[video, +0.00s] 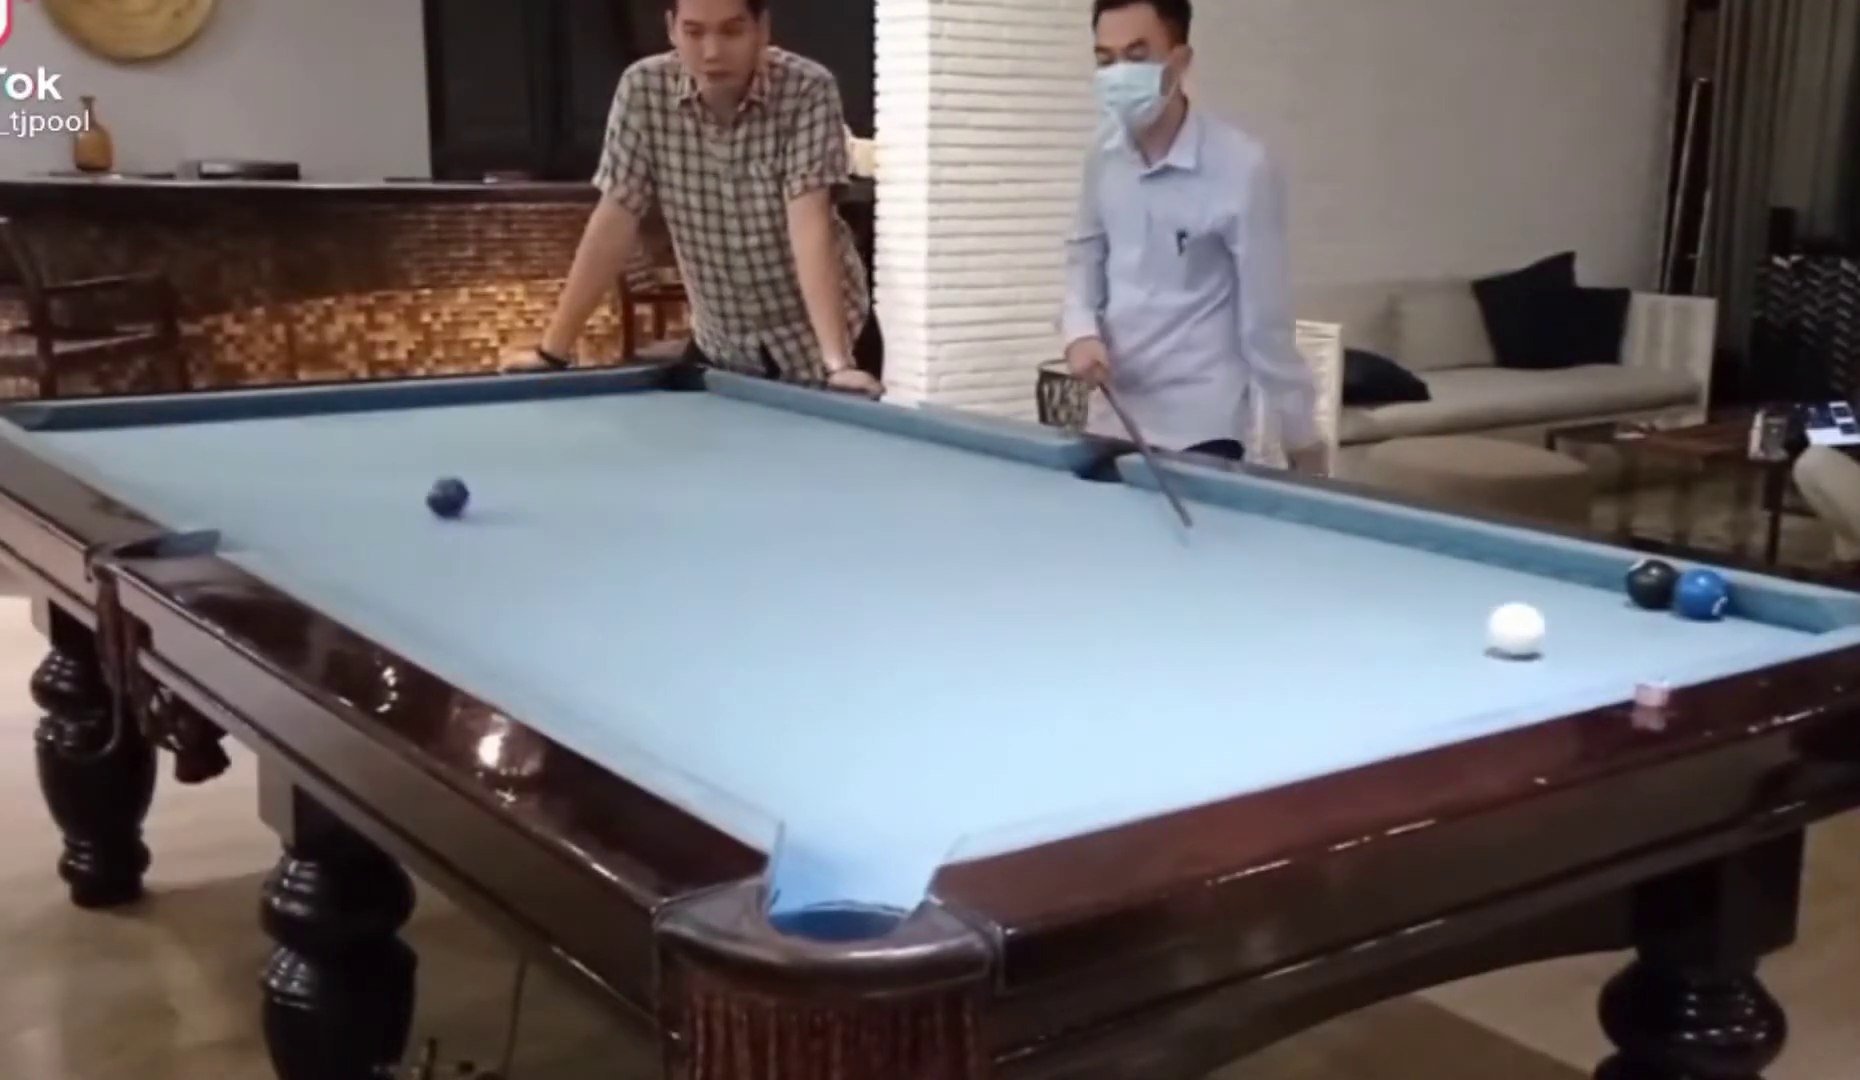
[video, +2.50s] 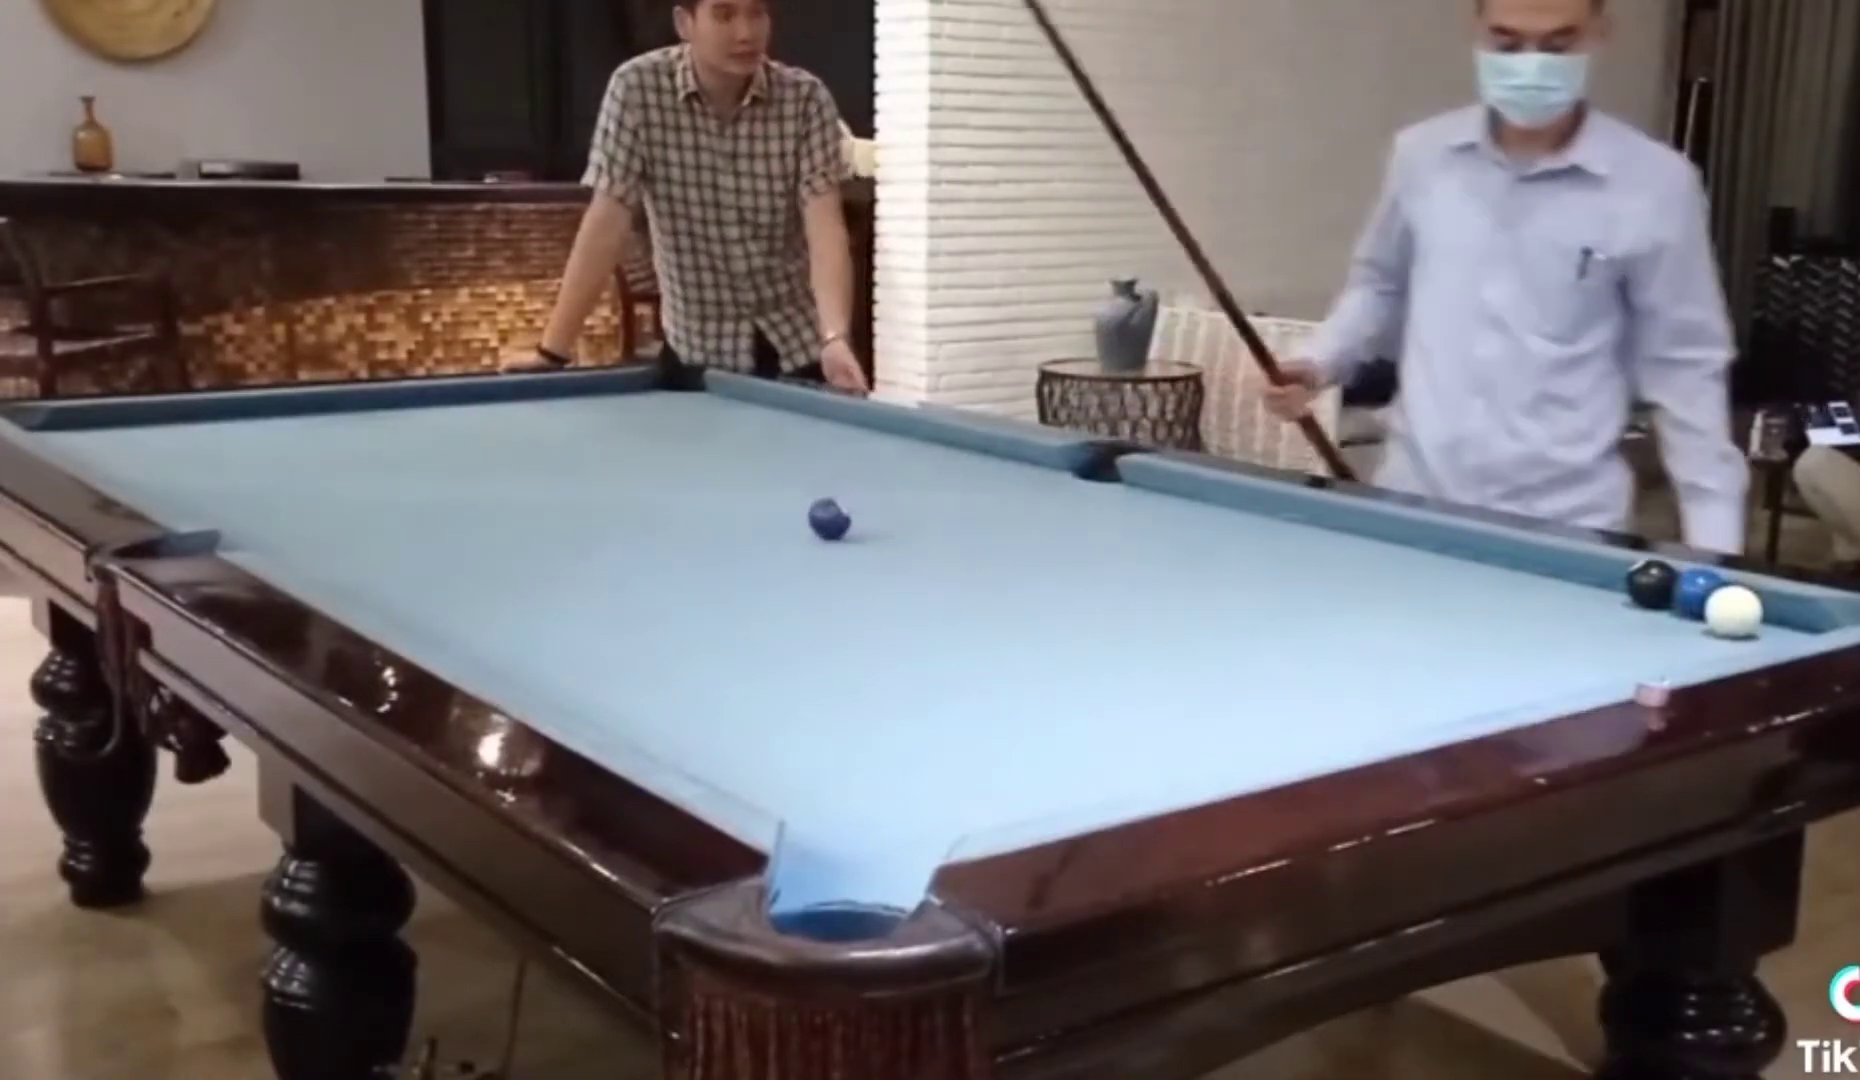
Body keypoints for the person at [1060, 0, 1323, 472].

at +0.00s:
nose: (1119, 76)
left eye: (1138, 55)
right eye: (1106, 60)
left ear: (1180, 57)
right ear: (1095, 63)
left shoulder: (1241, 168)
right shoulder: (1105, 154)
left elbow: (1265, 329)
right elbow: (1085, 251)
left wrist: (1303, 445)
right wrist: (1080, 332)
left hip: (1201, 425)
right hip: (1111, 414)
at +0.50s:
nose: (1154, 64)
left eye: (1172, 44)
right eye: (1136, 49)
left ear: (1202, 49)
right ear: (1119, 56)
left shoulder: (1252, 161)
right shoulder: (1098, 153)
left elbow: (1274, 301)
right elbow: (1072, 258)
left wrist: (1284, 426)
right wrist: (1064, 338)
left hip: (1199, 422)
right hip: (1102, 417)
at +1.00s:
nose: (1177, 65)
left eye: (1198, 46)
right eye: (1164, 46)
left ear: (1238, 50)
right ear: (1151, 46)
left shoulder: (1281, 166)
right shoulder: (1129, 143)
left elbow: (1296, 314)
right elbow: (1100, 249)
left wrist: (1315, 444)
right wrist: (1077, 334)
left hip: (1216, 429)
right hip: (1116, 418)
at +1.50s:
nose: (1257, 69)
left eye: (1277, 50)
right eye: (1246, 49)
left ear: (1327, 49)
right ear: (1233, 45)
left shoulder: (1383, 161)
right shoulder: (1201, 138)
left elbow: (1393, 311)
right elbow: (1164, 242)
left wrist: (1396, 441)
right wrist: (1141, 336)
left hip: (1301, 446)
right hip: (1193, 430)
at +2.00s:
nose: (1369, 79)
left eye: (1390, 55)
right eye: (1346, 58)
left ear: (1424, 46)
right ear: (1316, 53)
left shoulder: (1485, 172)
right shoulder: (1270, 164)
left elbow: (1500, 330)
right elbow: (1233, 274)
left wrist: (1496, 474)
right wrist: (1207, 348)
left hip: (1417, 479)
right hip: (1291, 467)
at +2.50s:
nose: (1529, 70)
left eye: (1557, 46)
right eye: (1506, 44)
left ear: (1594, 41)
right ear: (1476, 39)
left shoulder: (1655, 186)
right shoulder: (1421, 156)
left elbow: (1688, 372)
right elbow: (1378, 288)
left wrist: (1712, 548)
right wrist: (1318, 361)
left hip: (1565, 528)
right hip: (1416, 510)